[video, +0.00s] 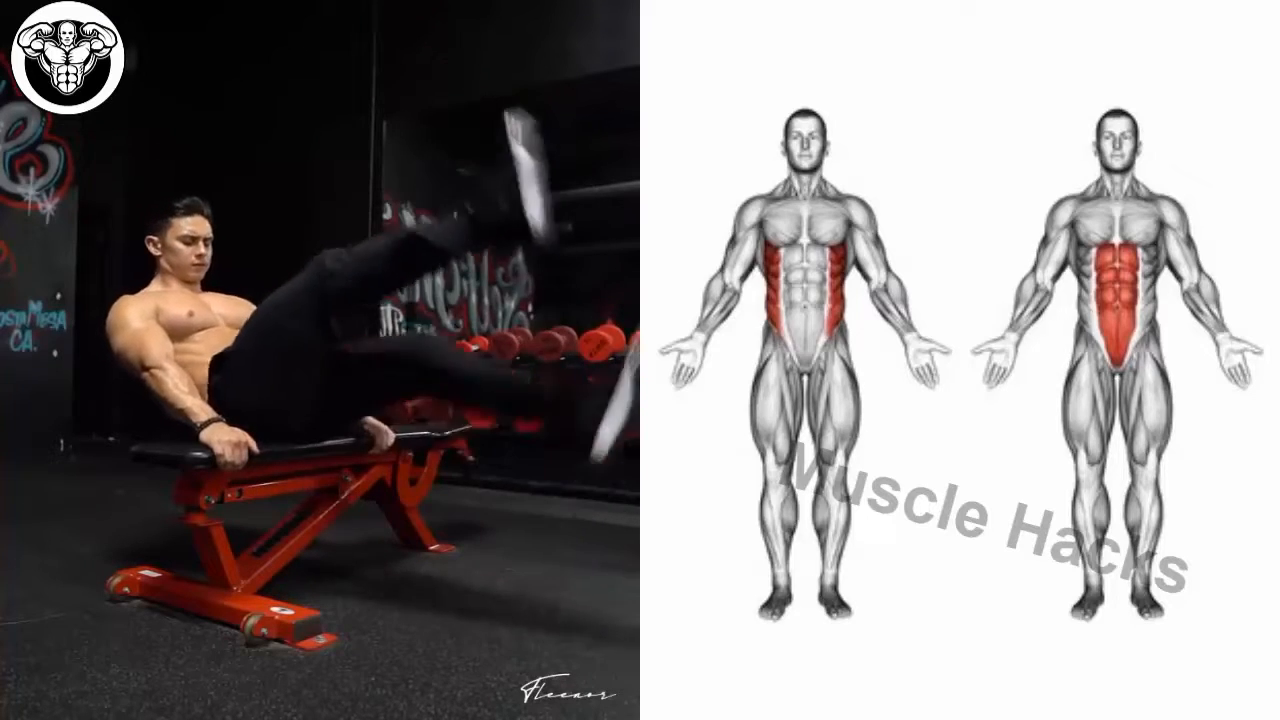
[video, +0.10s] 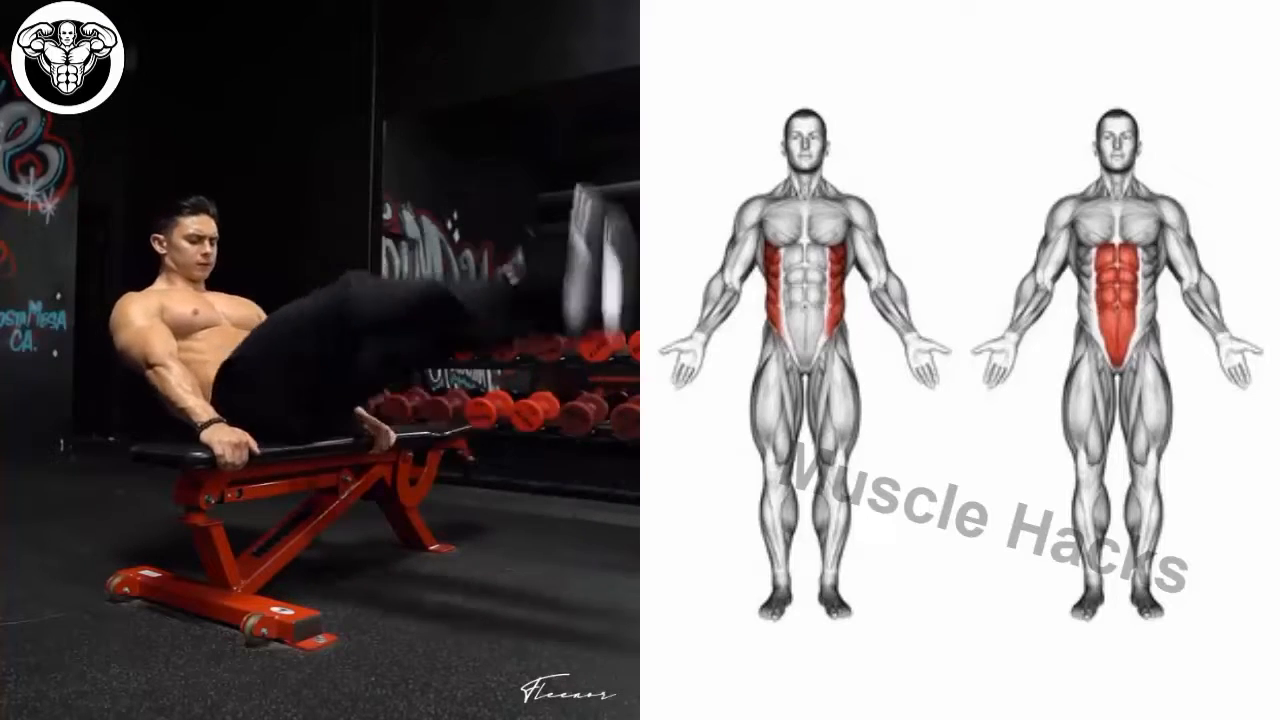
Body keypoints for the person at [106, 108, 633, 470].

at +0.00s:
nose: (201, 253)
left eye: (206, 243)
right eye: (188, 243)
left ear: (209, 247)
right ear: (156, 248)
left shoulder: (237, 306)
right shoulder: (131, 310)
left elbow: (300, 363)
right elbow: (159, 371)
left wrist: (357, 419)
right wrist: (208, 424)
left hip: (296, 401)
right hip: (240, 393)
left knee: (419, 353)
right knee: (325, 274)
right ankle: (503, 222)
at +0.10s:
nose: (207, 250)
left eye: (211, 241)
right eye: (194, 240)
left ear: (213, 248)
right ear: (161, 245)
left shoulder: (243, 304)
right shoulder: (137, 306)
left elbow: (300, 363)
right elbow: (160, 366)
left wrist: (359, 416)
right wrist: (209, 424)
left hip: (303, 405)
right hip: (245, 405)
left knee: (412, 334)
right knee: (342, 297)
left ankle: (554, 303)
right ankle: (493, 309)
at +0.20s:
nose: (211, 249)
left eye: (216, 240)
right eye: (199, 239)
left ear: (219, 245)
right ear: (167, 243)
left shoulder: (244, 306)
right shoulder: (138, 306)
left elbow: (290, 367)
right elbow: (165, 368)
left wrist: (354, 419)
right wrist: (210, 427)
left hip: (299, 388)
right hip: (245, 397)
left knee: (391, 294)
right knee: (360, 337)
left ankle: (542, 219)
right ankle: (562, 382)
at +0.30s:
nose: (215, 247)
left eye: (220, 240)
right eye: (203, 237)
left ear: (223, 247)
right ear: (169, 239)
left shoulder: (242, 304)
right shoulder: (141, 302)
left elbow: (307, 360)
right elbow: (163, 365)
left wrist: (365, 415)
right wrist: (207, 423)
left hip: (299, 378)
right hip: (247, 393)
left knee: (365, 290)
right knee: (384, 380)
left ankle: (497, 185)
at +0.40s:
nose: (215, 245)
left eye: (220, 237)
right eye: (203, 234)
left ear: (224, 245)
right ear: (169, 238)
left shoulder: (246, 301)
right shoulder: (142, 301)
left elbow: (292, 357)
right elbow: (162, 363)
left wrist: (352, 390)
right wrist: (209, 424)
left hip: (298, 376)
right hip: (246, 395)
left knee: (363, 288)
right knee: (378, 390)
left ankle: (491, 194)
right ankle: (534, 509)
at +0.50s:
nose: (214, 244)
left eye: (219, 235)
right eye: (202, 233)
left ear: (222, 242)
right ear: (168, 236)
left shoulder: (245, 299)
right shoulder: (140, 301)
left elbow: (303, 357)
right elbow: (164, 364)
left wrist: (364, 410)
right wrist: (208, 424)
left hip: (296, 383)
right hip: (242, 397)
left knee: (378, 294)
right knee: (368, 366)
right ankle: (535, 458)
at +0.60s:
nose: (211, 242)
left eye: (216, 233)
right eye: (199, 231)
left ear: (219, 239)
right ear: (165, 236)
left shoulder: (247, 297)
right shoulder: (140, 300)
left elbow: (292, 363)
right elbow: (165, 365)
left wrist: (355, 413)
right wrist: (210, 424)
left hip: (291, 396)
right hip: (238, 401)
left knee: (405, 328)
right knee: (364, 338)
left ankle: (561, 369)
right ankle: (546, 357)